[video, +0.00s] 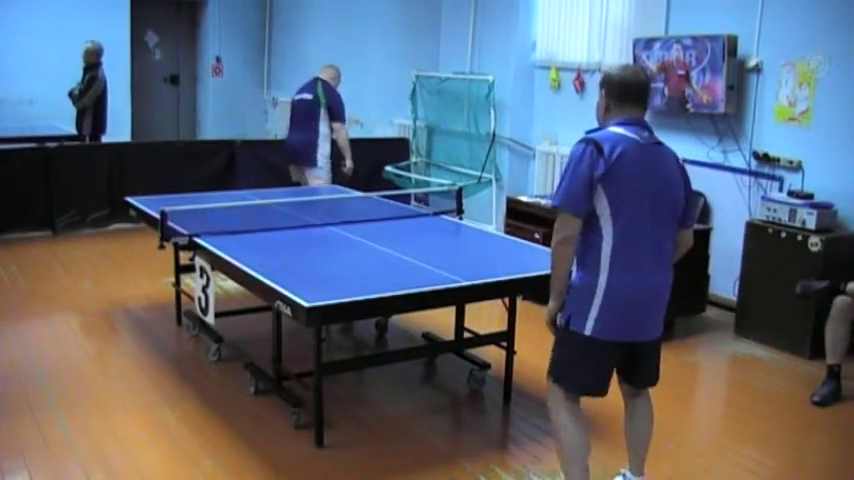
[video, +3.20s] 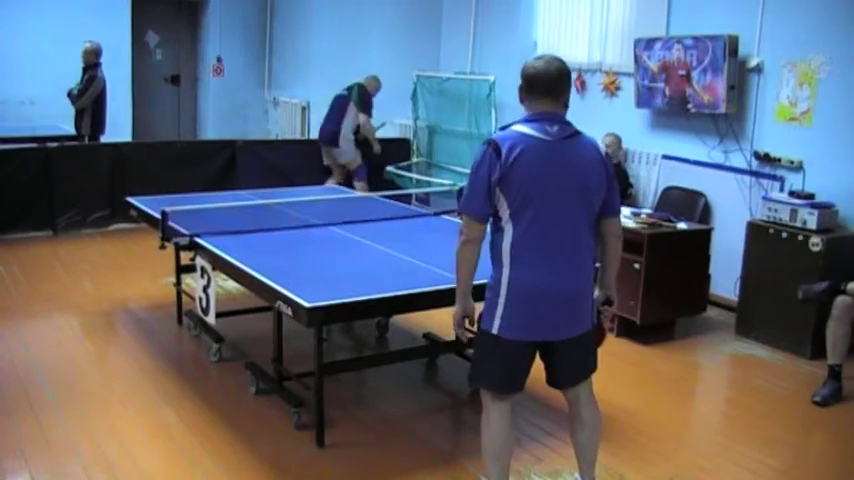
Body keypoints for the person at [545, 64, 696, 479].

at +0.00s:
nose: (597, 104)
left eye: (599, 98)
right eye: (601, 98)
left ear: (604, 100)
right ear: (644, 104)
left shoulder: (595, 149)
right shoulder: (670, 159)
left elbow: (565, 232)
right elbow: (684, 239)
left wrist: (556, 296)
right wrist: (648, 268)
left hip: (598, 302)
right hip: (650, 303)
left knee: (561, 392)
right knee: (637, 389)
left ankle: (576, 476)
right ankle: (635, 474)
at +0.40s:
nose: (560, 111)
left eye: (561, 105)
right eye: (563, 105)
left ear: (566, 107)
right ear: (605, 108)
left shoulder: (559, 155)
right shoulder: (635, 161)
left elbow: (540, 243)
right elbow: (645, 238)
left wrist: (541, 305)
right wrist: (620, 287)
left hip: (575, 308)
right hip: (627, 308)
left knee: (534, 403)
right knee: (624, 388)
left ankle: (509, 475)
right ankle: (632, 474)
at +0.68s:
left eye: (517, 98)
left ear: (517, 101)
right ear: (562, 101)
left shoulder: (502, 155)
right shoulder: (595, 156)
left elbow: (477, 240)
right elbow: (616, 232)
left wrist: (475, 304)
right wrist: (588, 273)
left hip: (525, 307)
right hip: (586, 305)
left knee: (499, 399)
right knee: (599, 389)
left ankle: (495, 475)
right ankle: (613, 474)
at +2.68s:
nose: (522, 96)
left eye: (523, 89)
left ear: (522, 92)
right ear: (568, 94)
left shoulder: (502, 147)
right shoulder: (595, 152)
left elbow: (476, 234)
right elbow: (613, 230)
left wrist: (469, 297)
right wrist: (608, 284)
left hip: (517, 303)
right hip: (576, 301)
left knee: (500, 396)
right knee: (581, 388)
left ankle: (498, 475)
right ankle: (588, 474)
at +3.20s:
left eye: (522, 91)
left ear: (521, 94)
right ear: (568, 94)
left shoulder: (500, 148)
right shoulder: (593, 153)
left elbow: (471, 235)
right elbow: (611, 231)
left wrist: (462, 298)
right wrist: (608, 291)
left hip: (513, 307)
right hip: (573, 307)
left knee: (497, 400)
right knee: (581, 394)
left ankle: (496, 476)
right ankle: (588, 476)